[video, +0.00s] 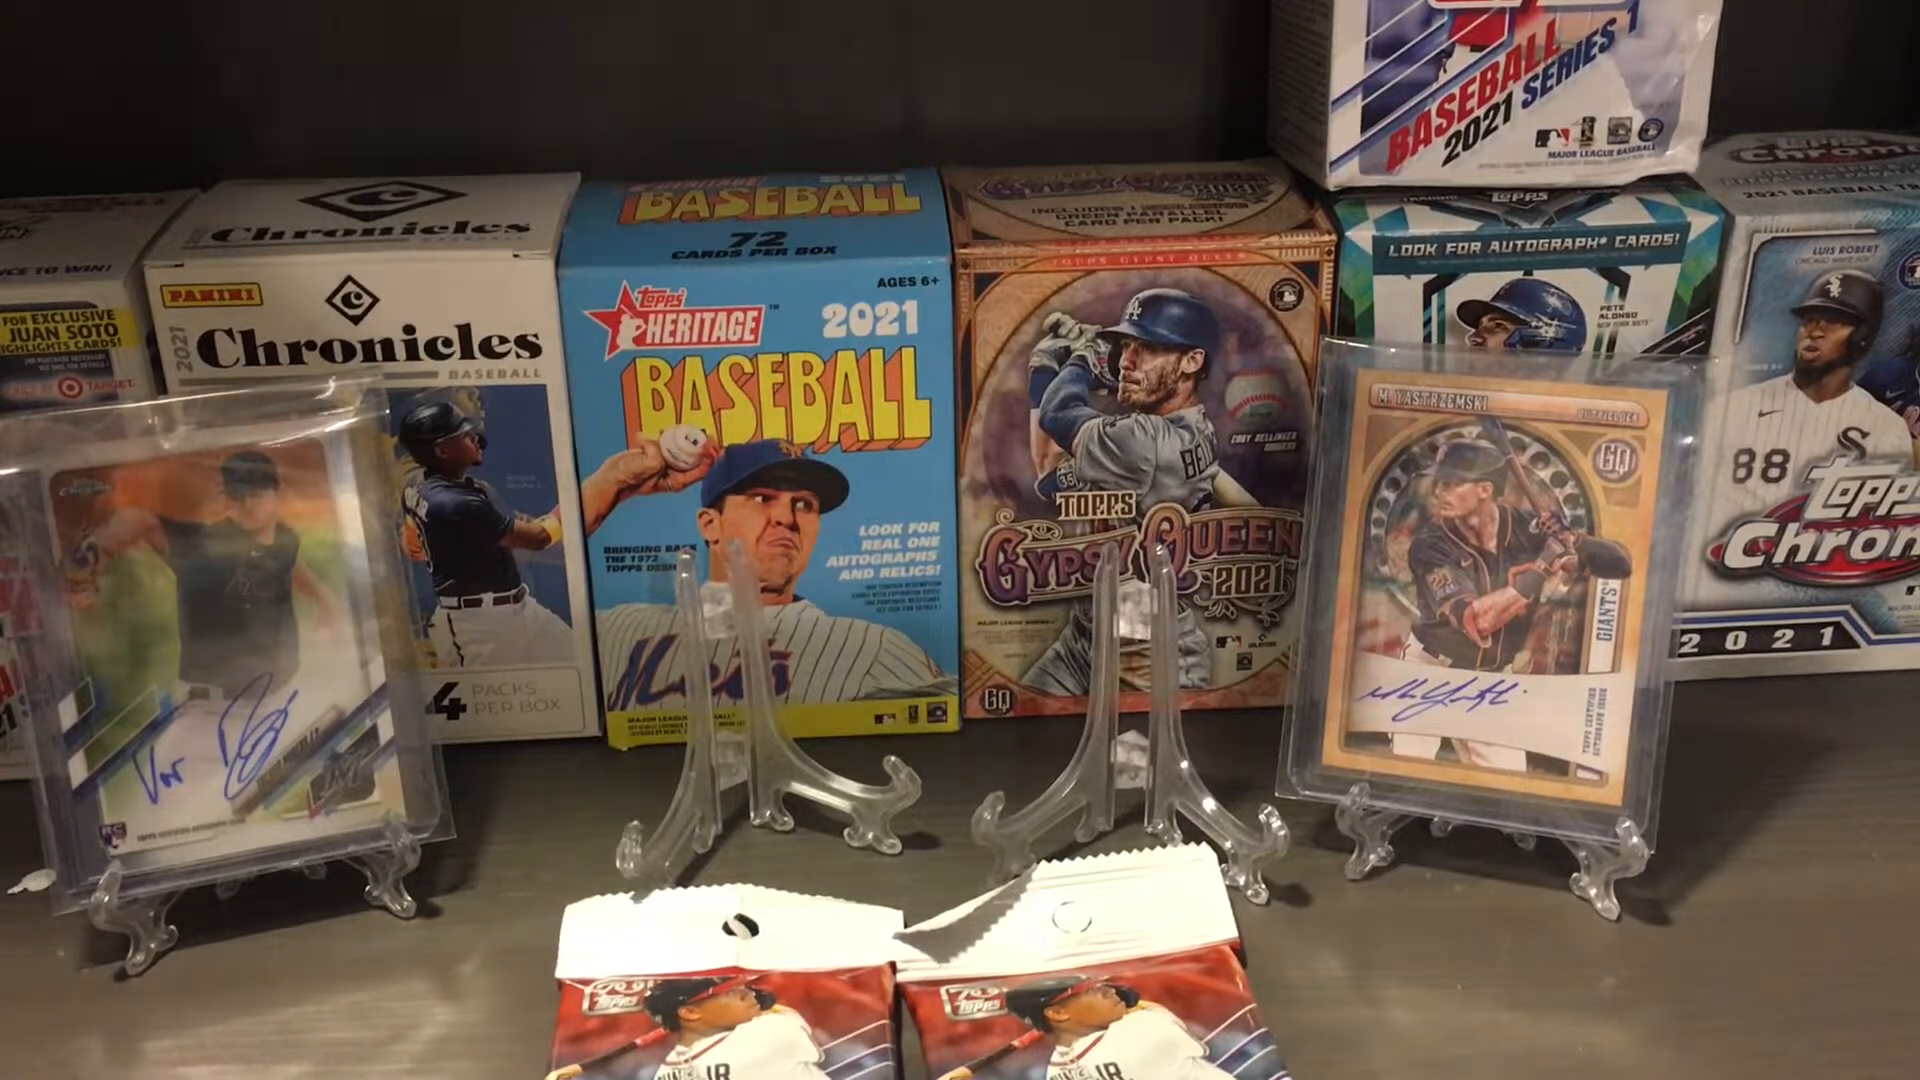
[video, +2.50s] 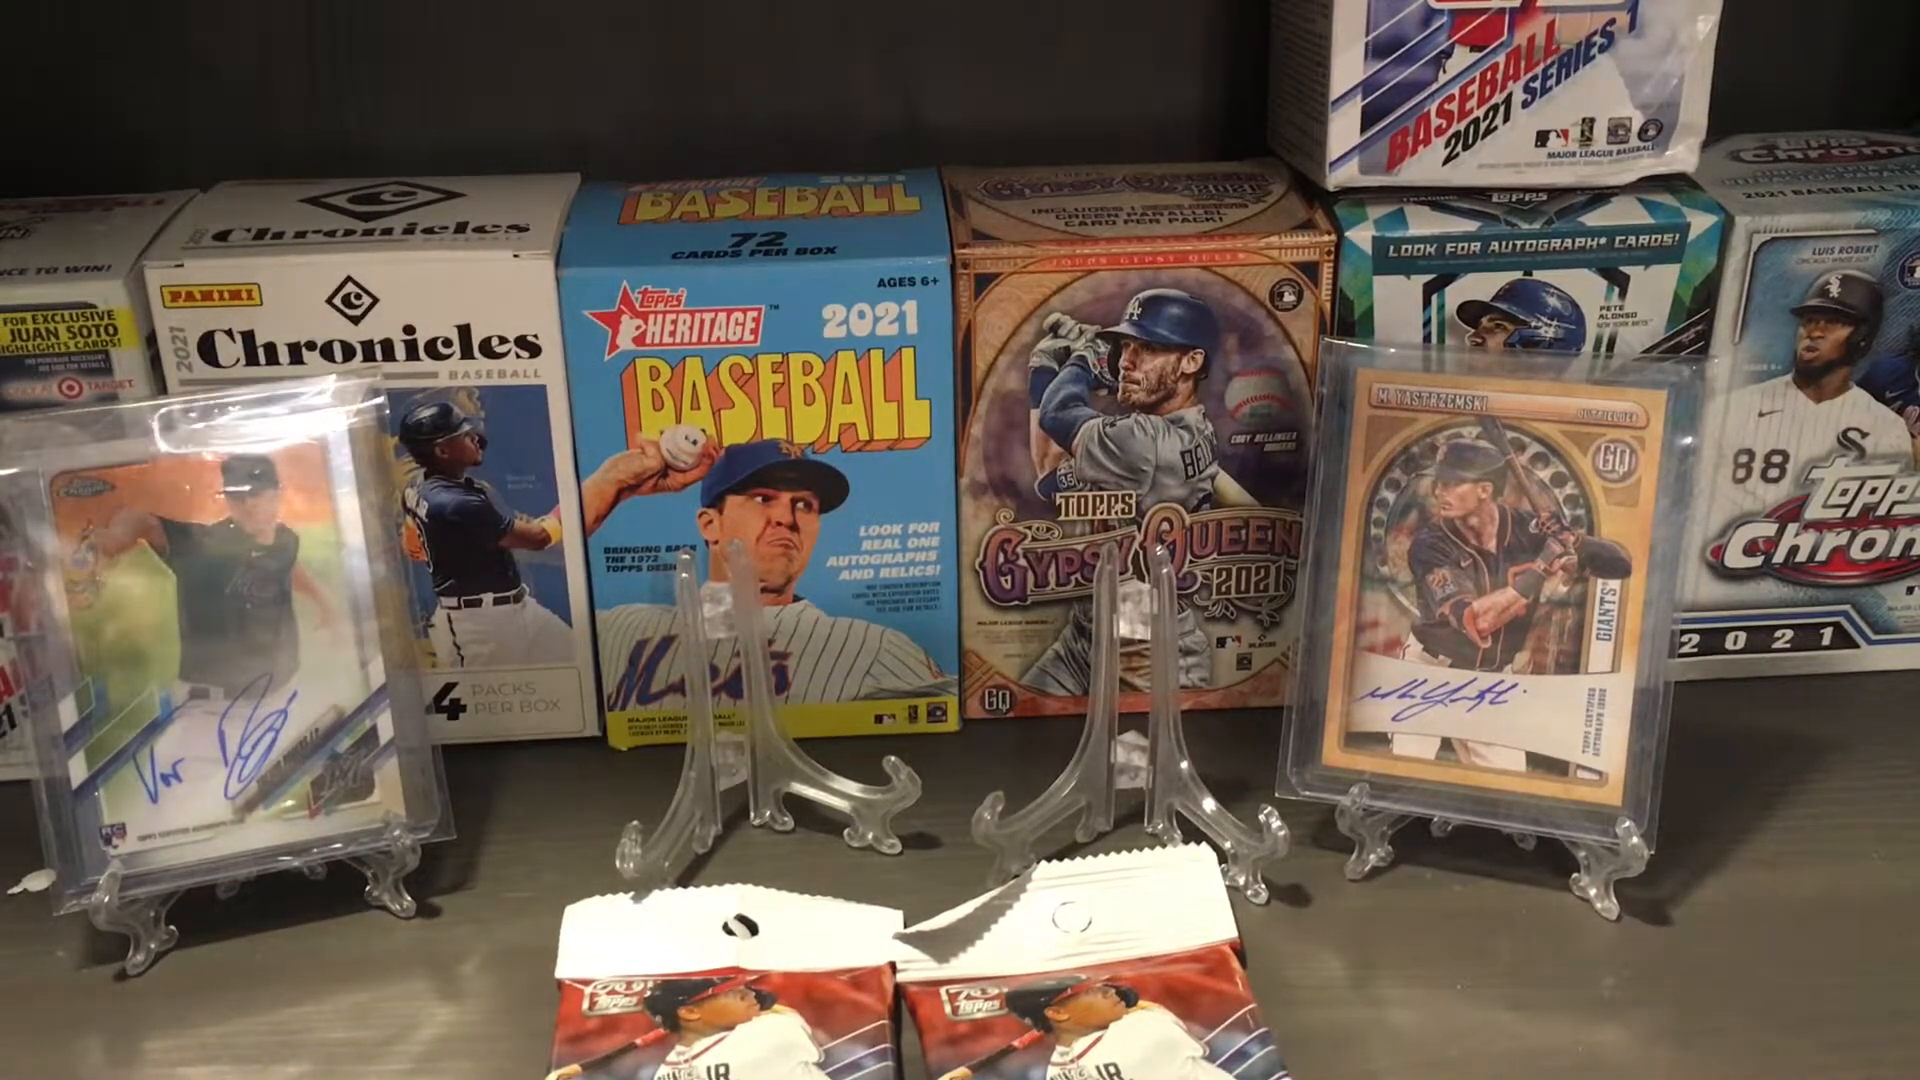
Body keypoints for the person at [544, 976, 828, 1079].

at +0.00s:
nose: (745, 993)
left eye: (737, 987)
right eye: (728, 993)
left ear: (690, 1015)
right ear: (692, 1014)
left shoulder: (666, 1071)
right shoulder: (779, 1033)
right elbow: (778, 1007)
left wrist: (579, 1071)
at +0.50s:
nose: (744, 992)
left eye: (735, 985)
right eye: (727, 992)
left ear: (690, 1014)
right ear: (692, 1014)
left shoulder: (665, 1071)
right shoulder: (777, 1033)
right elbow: (780, 1007)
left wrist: (579, 1071)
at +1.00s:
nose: (743, 992)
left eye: (733, 986)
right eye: (725, 993)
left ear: (690, 1014)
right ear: (691, 1014)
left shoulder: (665, 1071)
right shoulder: (778, 1032)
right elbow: (779, 1007)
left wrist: (578, 1071)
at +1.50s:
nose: (744, 993)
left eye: (735, 986)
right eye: (727, 993)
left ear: (690, 1015)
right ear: (691, 1015)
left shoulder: (665, 1071)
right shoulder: (779, 1032)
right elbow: (779, 1008)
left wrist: (577, 1072)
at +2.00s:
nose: (745, 993)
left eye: (736, 986)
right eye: (727, 993)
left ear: (689, 1015)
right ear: (691, 1015)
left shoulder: (666, 1071)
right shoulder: (779, 1032)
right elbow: (780, 1008)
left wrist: (577, 1072)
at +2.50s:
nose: (745, 993)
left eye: (735, 987)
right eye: (727, 993)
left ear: (689, 1015)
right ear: (691, 1015)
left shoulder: (666, 1071)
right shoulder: (778, 1033)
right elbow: (779, 1008)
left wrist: (578, 1071)